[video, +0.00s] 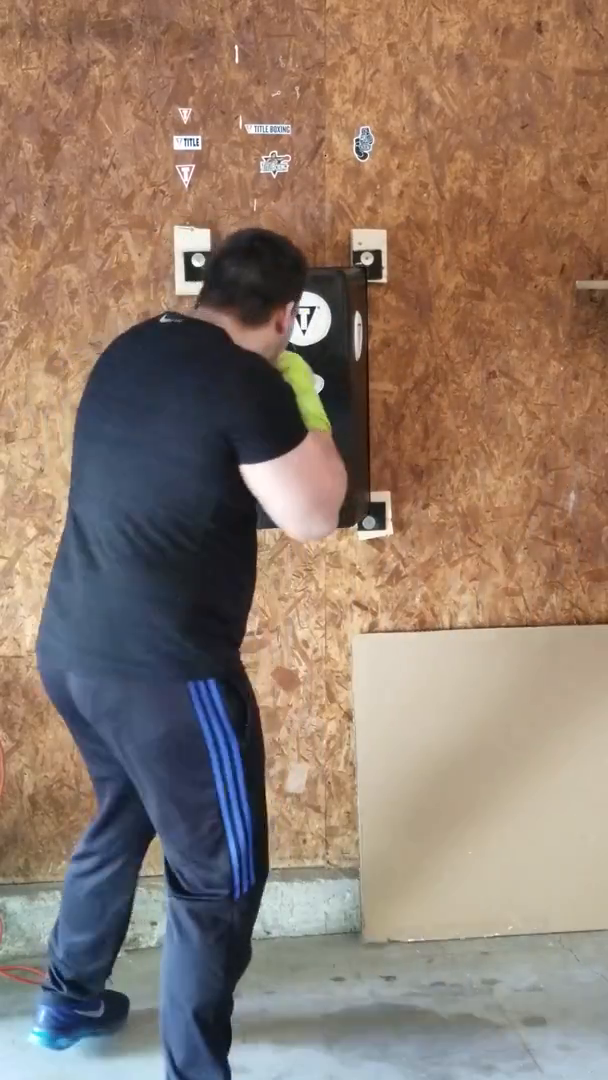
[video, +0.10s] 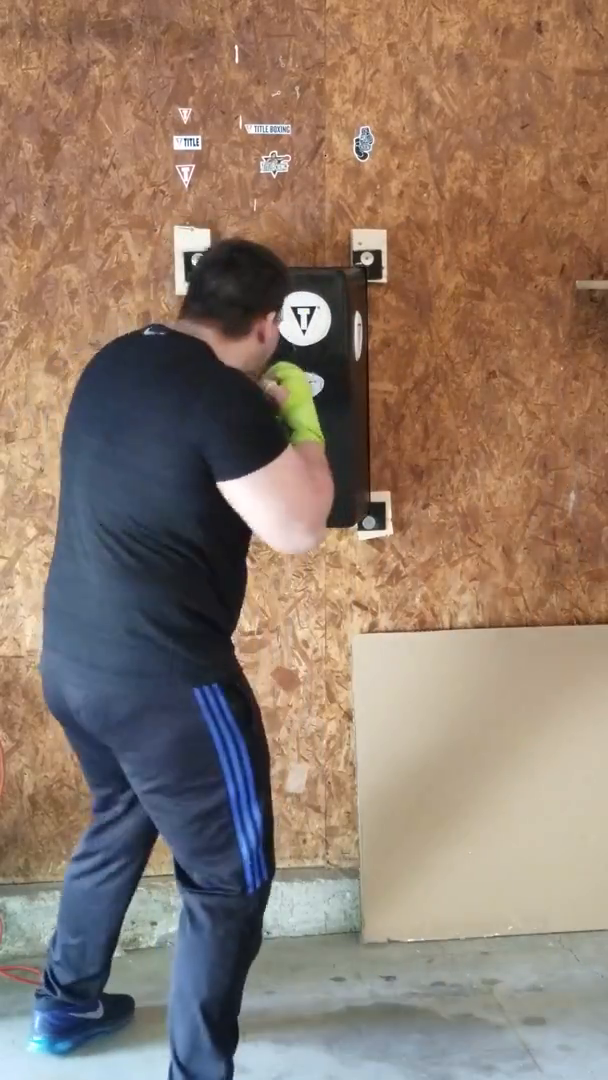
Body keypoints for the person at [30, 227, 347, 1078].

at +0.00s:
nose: (289, 331)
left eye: (290, 317)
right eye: (292, 317)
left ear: (208, 289)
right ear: (277, 311)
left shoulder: (129, 349)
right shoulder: (245, 380)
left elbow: (174, 478)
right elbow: (313, 511)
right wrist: (311, 402)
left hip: (73, 647)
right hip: (168, 664)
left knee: (122, 816)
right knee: (218, 877)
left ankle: (70, 1001)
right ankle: (198, 1064)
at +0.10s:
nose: (275, 340)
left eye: (276, 325)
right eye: (277, 325)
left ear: (193, 304)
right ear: (260, 322)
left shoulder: (116, 360)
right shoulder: (221, 398)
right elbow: (299, 525)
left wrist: (251, 409)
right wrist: (302, 418)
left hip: (75, 657)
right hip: (165, 672)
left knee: (121, 816)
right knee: (229, 878)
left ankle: (67, 1005)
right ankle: (201, 1064)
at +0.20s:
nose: (245, 330)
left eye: (244, 319)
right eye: (246, 318)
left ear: (152, 301)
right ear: (231, 316)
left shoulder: (75, 366)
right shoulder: (226, 385)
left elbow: (130, 460)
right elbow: (325, 494)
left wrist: (240, 400)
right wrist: (301, 393)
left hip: (67, 664)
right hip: (176, 672)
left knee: (110, 812)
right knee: (229, 862)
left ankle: (63, 1003)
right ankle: (203, 1059)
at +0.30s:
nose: (210, 314)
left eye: (205, 304)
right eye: (210, 304)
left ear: (114, 303)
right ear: (194, 306)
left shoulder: (38, 369)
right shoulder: (232, 361)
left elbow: (27, 468)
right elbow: (359, 400)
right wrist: (304, 348)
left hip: (76, 659)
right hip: (188, 658)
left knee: (97, 815)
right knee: (221, 860)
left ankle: (61, 1005)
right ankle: (208, 1057)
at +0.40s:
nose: (172, 296)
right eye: (172, 287)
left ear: (84, 302)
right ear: (168, 293)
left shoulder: (24, 376)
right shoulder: (221, 345)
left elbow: (13, 483)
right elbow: (349, 357)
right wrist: (265, 364)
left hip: (85, 655)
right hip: (202, 647)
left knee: (90, 823)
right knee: (218, 854)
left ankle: (58, 1005)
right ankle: (211, 1052)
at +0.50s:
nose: (165, 300)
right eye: (166, 290)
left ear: (83, 303)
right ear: (164, 296)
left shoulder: (22, 381)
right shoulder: (214, 356)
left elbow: (17, 511)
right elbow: (338, 396)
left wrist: (81, 478)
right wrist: (246, 362)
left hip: (91, 651)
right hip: (209, 642)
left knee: (92, 820)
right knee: (213, 855)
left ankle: (60, 1004)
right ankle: (208, 1048)